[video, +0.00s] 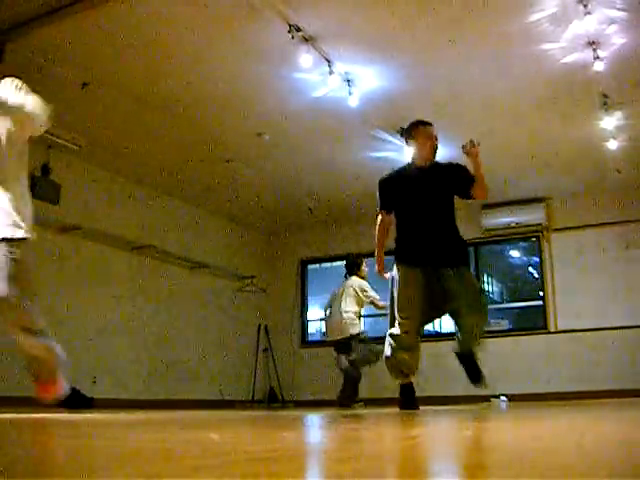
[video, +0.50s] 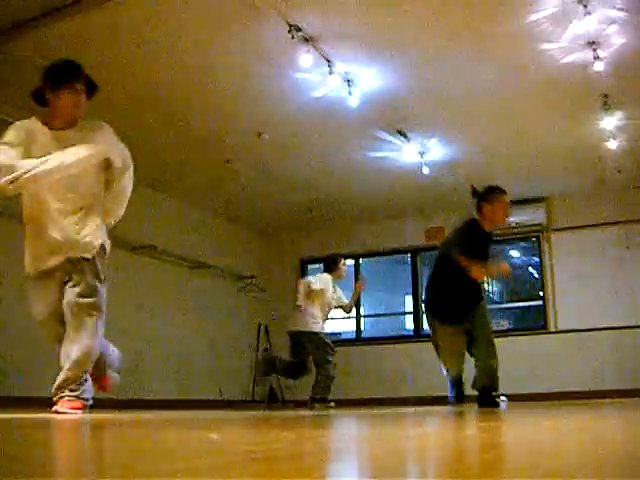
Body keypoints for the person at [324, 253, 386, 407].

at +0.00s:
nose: (366, 269)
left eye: (365, 266)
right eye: (364, 266)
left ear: (349, 269)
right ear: (358, 269)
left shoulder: (340, 287)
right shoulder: (359, 283)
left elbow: (327, 307)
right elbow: (375, 301)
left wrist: (328, 320)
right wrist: (385, 305)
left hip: (334, 330)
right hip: (350, 325)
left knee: (351, 365)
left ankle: (348, 398)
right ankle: (350, 358)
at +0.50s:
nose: (345, 269)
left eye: (344, 265)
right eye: (342, 265)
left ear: (333, 268)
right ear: (334, 267)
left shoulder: (334, 290)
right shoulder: (324, 278)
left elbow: (347, 309)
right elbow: (302, 283)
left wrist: (356, 293)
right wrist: (300, 301)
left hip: (297, 327)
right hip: (309, 326)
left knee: (300, 368)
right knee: (327, 359)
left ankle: (271, 363)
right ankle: (319, 398)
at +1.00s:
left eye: (288, 249)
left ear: (290, 249)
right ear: (311, 253)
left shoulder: (282, 262)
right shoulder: (314, 271)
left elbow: (270, 285)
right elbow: (325, 296)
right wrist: (308, 294)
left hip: (282, 312)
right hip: (307, 315)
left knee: (264, 352)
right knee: (311, 355)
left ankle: (253, 394)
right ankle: (319, 395)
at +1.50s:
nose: (318, 244)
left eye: (318, 240)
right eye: (314, 240)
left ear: (319, 244)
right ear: (304, 244)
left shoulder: (325, 265)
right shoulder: (291, 262)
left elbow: (331, 289)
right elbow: (277, 283)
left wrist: (347, 292)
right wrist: (292, 285)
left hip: (322, 314)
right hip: (301, 313)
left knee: (345, 349)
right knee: (298, 349)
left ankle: (344, 386)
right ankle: (281, 393)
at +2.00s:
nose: (360, 291)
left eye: (360, 287)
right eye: (358, 286)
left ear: (350, 288)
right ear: (351, 288)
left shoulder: (348, 305)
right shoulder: (338, 300)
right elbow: (349, 316)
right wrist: (356, 332)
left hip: (334, 342)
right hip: (323, 343)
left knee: (358, 364)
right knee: (358, 363)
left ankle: (337, 395)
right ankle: (343, 396)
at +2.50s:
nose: (377, 282)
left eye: (377, 279)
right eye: (376, 279)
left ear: (357, 279)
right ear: (370, 278)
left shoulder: (343, 292)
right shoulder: (371, 291)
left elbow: (334, 315)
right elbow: (381, 311)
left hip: (336, 334)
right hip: (357, 334)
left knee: (353, 367)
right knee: (373, 362)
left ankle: (329, 395)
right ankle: (356, 389)